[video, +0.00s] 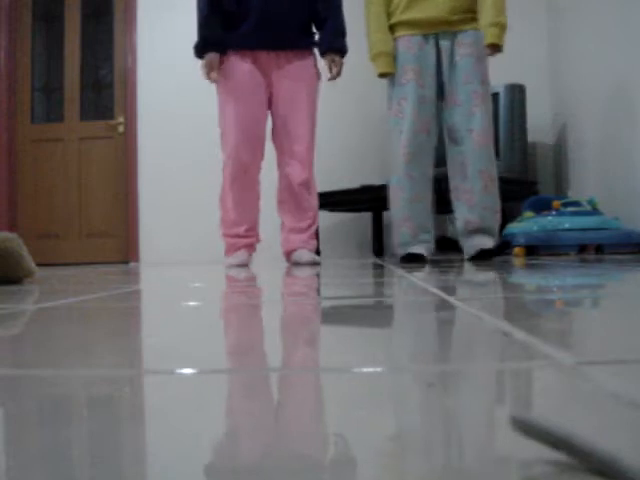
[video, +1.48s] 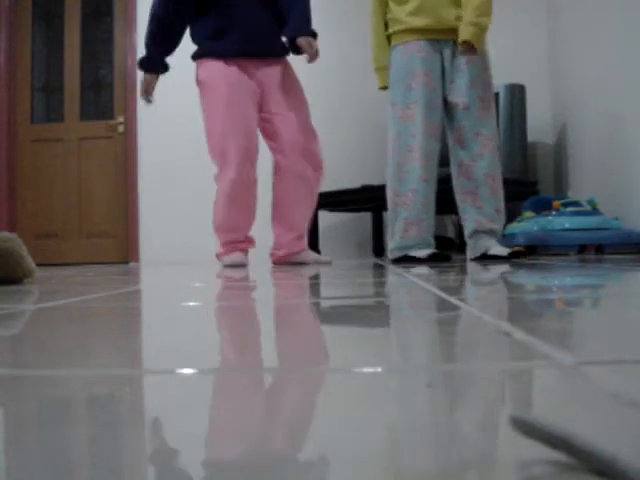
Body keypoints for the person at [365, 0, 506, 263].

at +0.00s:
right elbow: (375, 3)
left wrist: (492, 21)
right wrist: (381, 45)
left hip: (465, 25)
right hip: (408, 29)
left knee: (472, 134)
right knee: (411, 139)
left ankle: (478, 237)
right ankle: (413, 243)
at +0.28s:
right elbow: (377, 2)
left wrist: (509, 31)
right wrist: (380, 45)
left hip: (466, 27)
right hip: (409, 30)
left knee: (475, 134)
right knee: (416, 138)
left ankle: (483, 236)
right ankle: (419, 241)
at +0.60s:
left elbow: (487, 1)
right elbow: (376, 4)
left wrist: (484, 38)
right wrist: (377, 54)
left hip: (456, 31)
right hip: (403, 32)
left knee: (452, 136)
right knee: (402, 139)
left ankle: (462, 239)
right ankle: (402, 243)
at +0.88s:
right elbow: (373, 4)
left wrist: (480, 24)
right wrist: (373, 52)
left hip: (453, 27)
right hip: (397, 29)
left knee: (454, 132)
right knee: (396, 136)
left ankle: (463, 234)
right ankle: (391, 238)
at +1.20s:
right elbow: (373, 4)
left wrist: (479, 31)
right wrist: (368, 56)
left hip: (467, 30)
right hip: (412, 30)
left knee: (478, 140)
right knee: (416, 139)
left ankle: (484, 240)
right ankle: (410, 242)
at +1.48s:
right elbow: (378, 7)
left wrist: (474, 25)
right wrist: (382, 61)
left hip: (466, 36)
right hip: (412, 36)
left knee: (478, 142)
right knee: (415, 141)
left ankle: (483, 239)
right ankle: (410, 243)